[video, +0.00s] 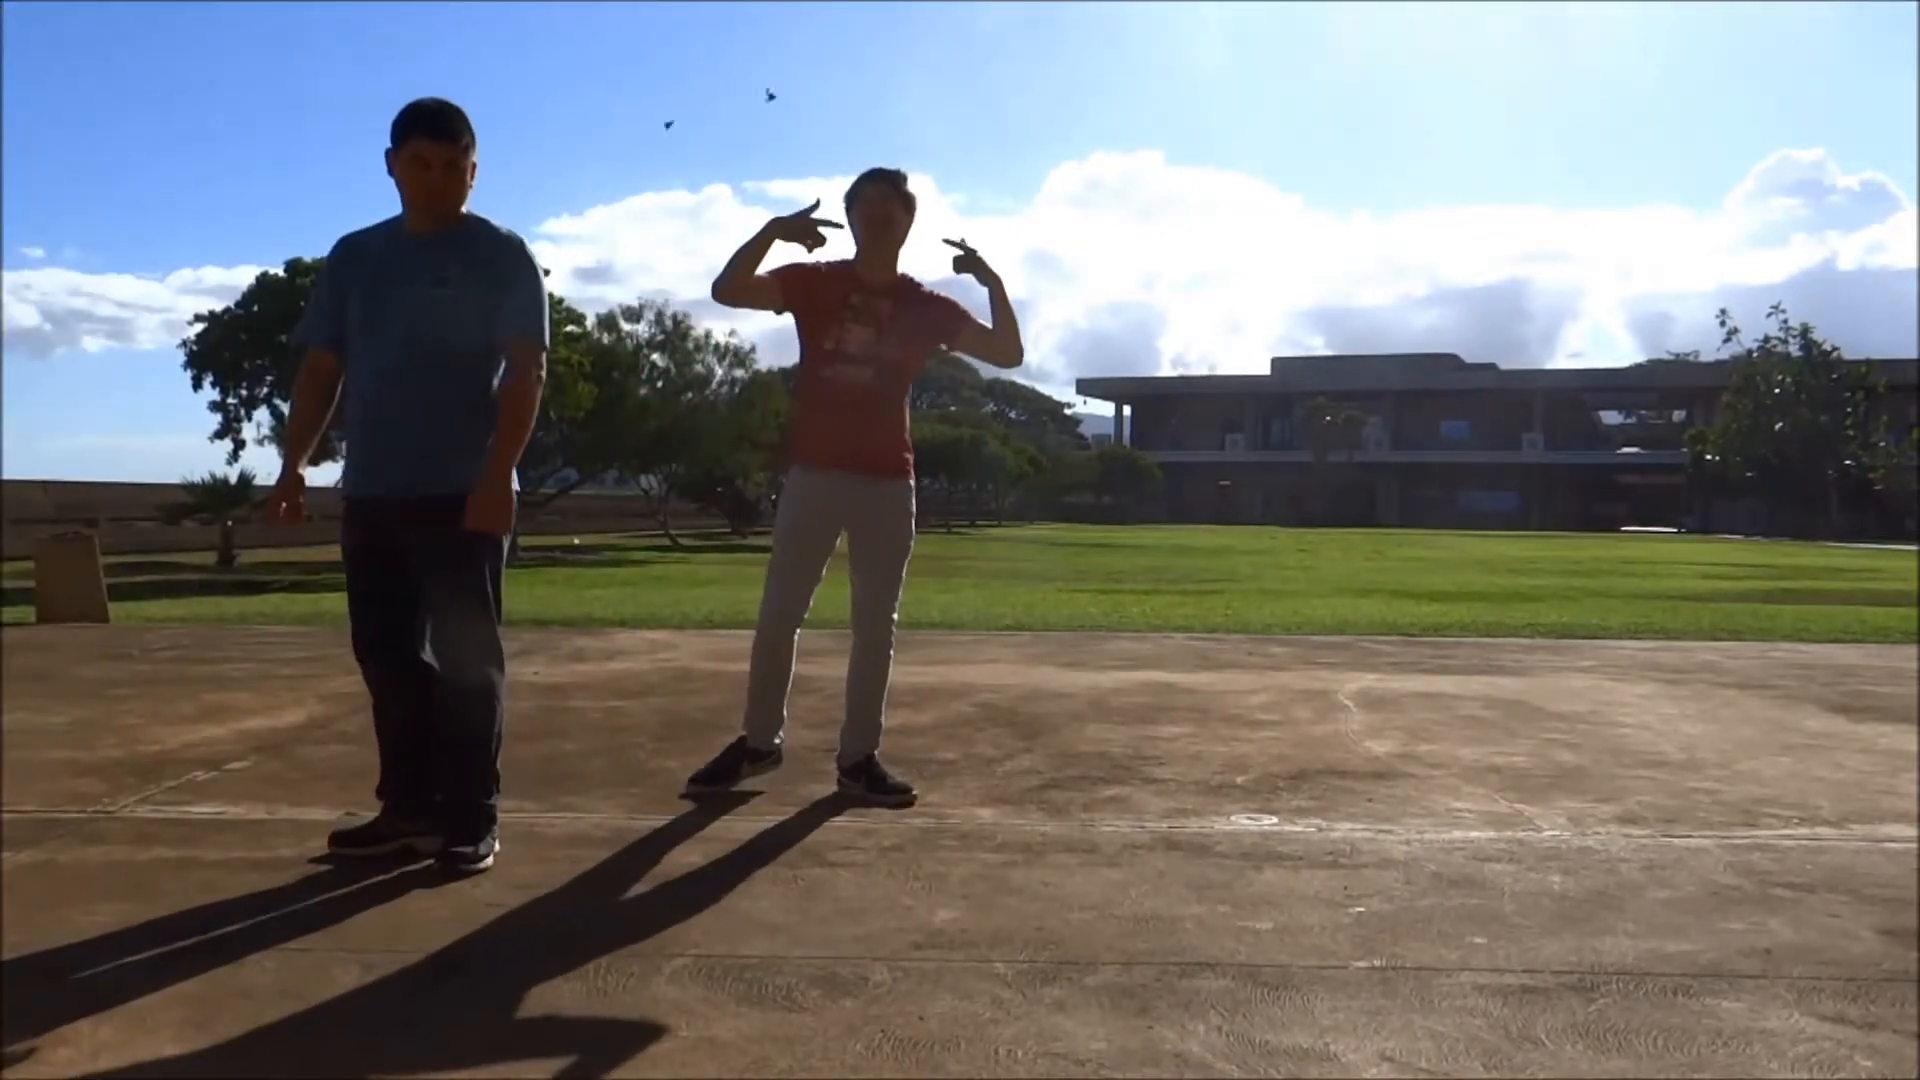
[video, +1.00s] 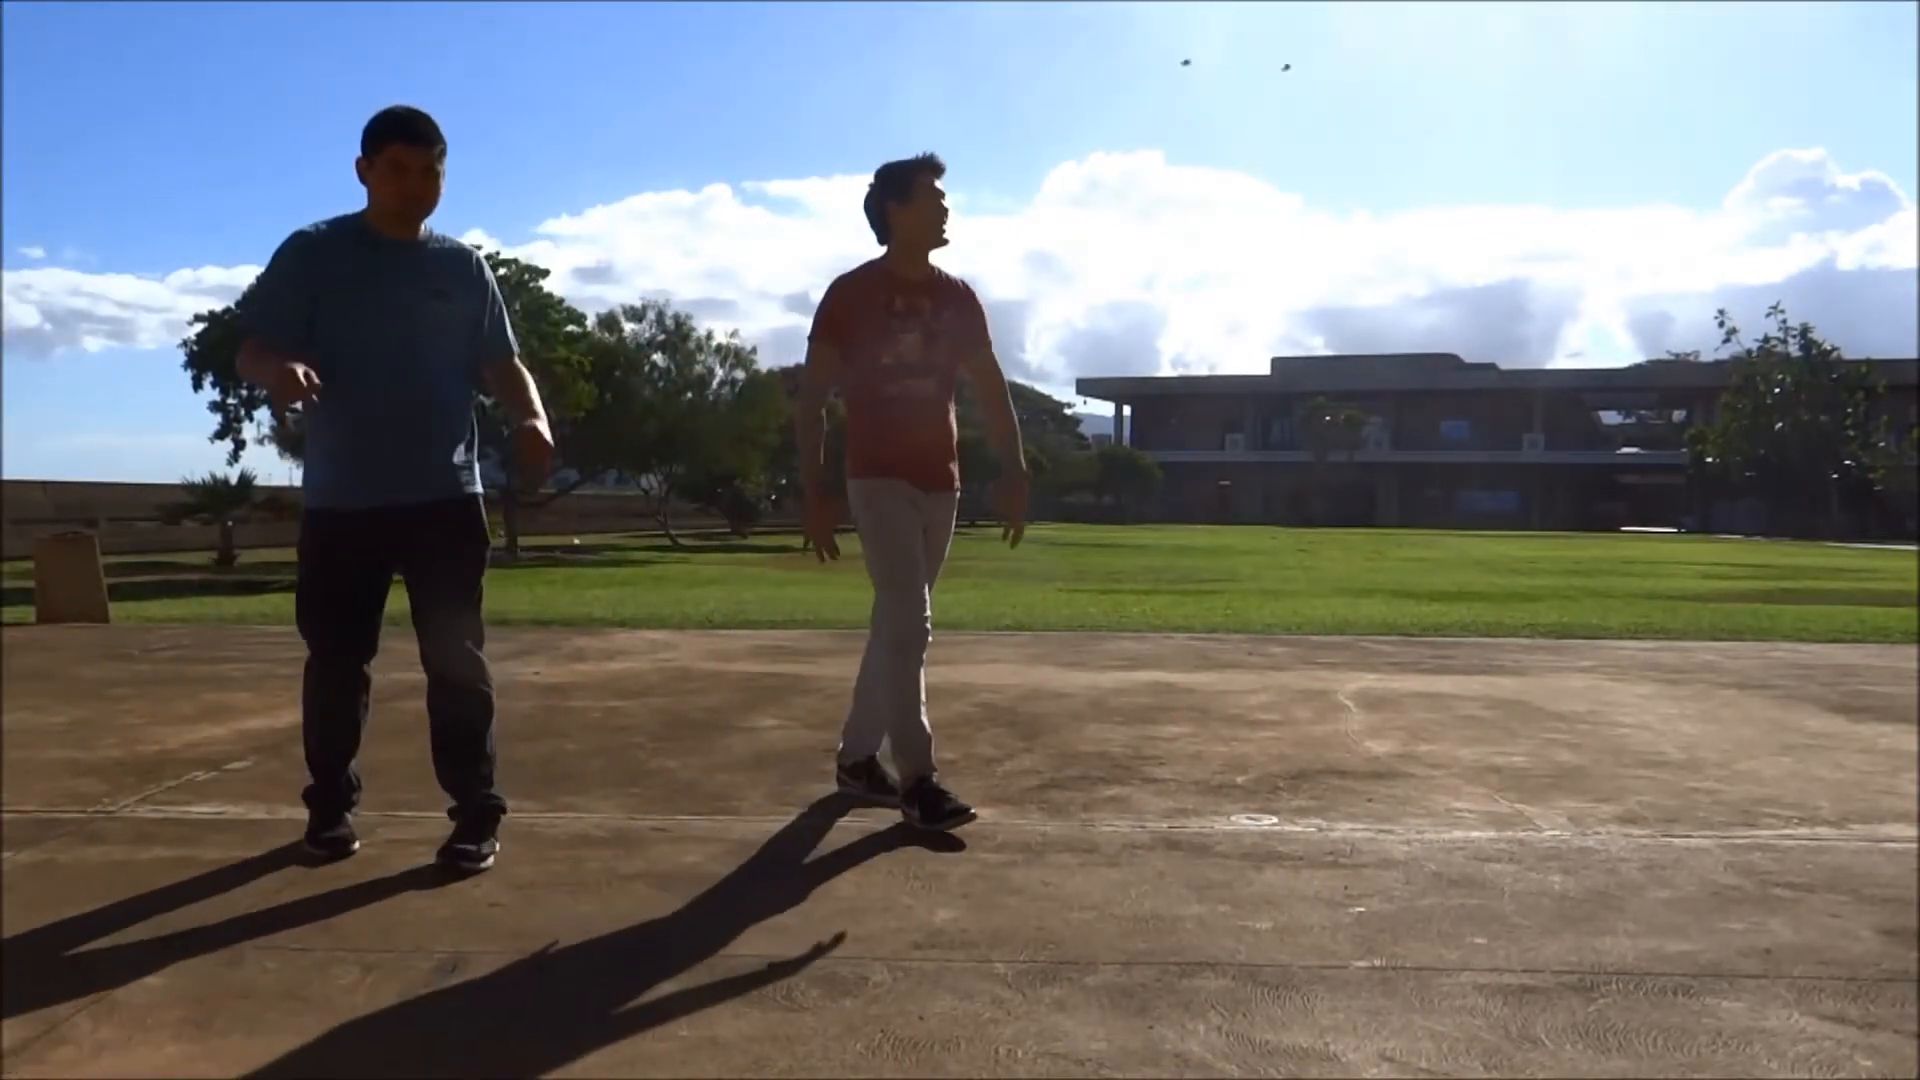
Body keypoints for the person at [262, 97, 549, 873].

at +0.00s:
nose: (439, 178)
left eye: (452, 163)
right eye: (422, 164)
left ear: (473, 168)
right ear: (393, 166)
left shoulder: (503, 256)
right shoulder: (354, 257)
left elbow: (525, 370)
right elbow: (321, 368)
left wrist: (498, 476)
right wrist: (294, 463)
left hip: (466, 491)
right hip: (375, 491)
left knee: (467, 659)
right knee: (387, 658)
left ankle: (472, 823)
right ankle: (407, 811)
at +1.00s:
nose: (426, 183)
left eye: (434, 169)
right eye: (410, 168)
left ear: (442, 176)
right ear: (368, 169)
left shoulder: (463, 266)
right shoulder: (311, 255)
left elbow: (502, 362)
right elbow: (251, 350)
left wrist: (533, 419)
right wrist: (274, 370)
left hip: (444, 493)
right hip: (344, 497)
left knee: (457, 658)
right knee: (334, 661)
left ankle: (477, 816)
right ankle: (329, 811)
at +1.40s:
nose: (395, 177)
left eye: (403, 165)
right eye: (378, 163)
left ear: (412, 175)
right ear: (337, 169)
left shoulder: (425, 263)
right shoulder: (286, 255)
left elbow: (479, 354)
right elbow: (217, 347)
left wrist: (517, 309)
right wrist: (250, 267)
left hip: (411, 486)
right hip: (315, 492)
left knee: (422, 653)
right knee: (324, 660)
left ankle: (413, 794)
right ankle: (329, 806)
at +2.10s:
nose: (478, 217)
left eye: (486, 204)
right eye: (465, 202)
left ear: (493, 204)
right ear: (425, 195)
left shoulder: (490, 280)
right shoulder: (365, 265)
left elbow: (539, 363)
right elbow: (298, 348)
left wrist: (561, 293)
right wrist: (336, 262)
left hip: (474, 495)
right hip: (385, 497)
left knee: (503, 639)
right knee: (362, 658)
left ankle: (524, 778)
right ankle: (335, 805)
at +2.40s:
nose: (553, 234)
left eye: (559, 222)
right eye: (545, 220)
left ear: (557, 219)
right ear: (504, 208)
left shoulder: (560, 293)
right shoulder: (435, 274)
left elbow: (597, 367)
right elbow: (381, 362)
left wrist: (672, 333)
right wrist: (370, 298)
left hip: (550, 492)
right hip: (469, 491)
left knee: (554, 636)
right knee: (452, 637)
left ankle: (533, 779)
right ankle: (385, 794)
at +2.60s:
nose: (586, 233)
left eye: (593, 221)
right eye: (579, 218)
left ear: (589, 218)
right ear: (538, 204)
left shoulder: (590, 293)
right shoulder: (469, 273)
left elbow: (617, 370)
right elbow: (420, 365)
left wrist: (703, 338)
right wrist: (417, 308)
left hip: (574, 488)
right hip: (500, 487)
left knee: (566, 637)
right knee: (515, 632)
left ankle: (544, 780)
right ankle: (503, 796)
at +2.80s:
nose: (613, 240)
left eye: (621, 227)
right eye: (608, 223)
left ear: (616, 223)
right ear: (566, 207)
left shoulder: (608, 293)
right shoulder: (501, 274)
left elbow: (639, 368)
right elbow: (453, 369)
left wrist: (731, 384)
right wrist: (462, 343)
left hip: (591, 485)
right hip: (527, 483)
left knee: (564, 626)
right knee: (575, 620)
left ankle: (530, 779)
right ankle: (615, 778)